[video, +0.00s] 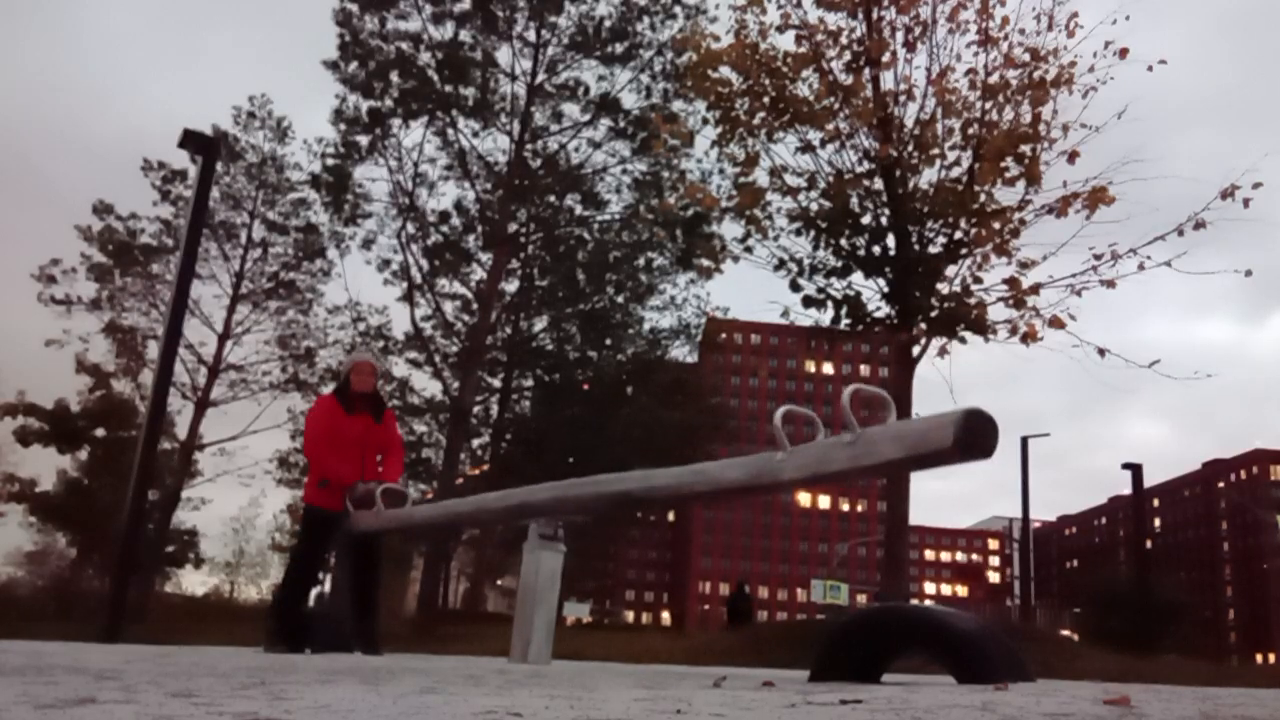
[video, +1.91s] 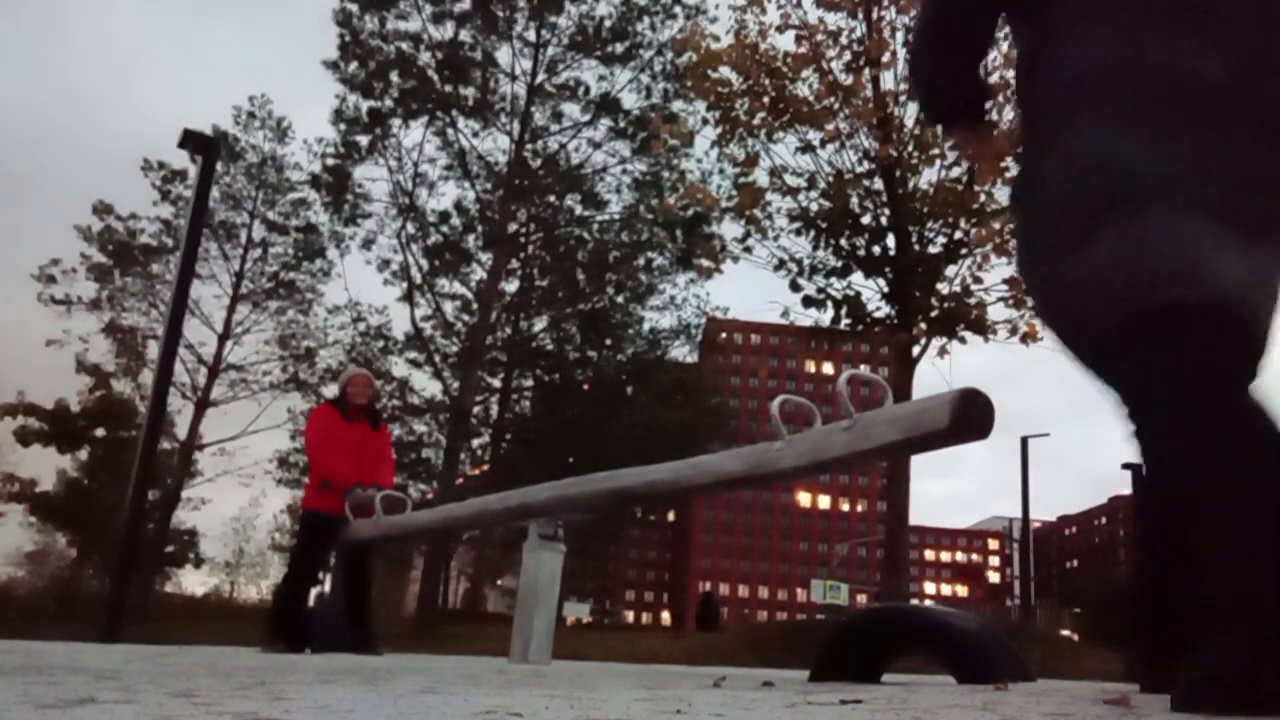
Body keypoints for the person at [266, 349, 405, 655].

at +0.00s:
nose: (365, 379)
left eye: (370, 374)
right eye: (359, 373)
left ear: (377, 380)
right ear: (347, 377)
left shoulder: (383, 415)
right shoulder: (326, 407)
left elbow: (394, 452)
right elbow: (316, 451)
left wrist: (390, 483)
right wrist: (347, 482)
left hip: (365, 510)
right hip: (324, 505)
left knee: (366, 576)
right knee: (304, 569)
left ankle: (365, 639)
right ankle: (282, 635)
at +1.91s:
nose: (361, 390)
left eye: (366, 386)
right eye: (355, 385)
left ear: (373, 392)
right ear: (344, 389)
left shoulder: (377, 426)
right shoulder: (323, 415)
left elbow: (386, 465)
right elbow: (318, 455)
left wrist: (378, 488)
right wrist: (346, 482)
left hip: (360, 513)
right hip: (322, 508)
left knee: (358, 578)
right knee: (303, 573)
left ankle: (360, 640)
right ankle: (282, 635)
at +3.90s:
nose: (373, 388)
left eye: (378, 384)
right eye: (368, 382)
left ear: (384, 389)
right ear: (354, 384)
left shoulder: (384, 422)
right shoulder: (331, 410)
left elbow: (395, 462)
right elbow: (315, 448)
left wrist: (386, 484)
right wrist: (350, 477)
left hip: (364, 512)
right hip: (325, 506)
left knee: (362, 576)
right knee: (306, 570)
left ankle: (360, 640)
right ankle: (283, 635)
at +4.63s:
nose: (383, 364)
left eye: (388, 358)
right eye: (377, 357)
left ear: (394, 363)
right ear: (364, 359)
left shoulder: (395, 394)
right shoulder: (341, 381)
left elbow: (404, 432)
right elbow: (328, 424)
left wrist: (384, 452)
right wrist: (354, 455)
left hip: (375, 477)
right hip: (335, 470)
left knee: (384, 534)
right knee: (326, 530)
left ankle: (380, 603)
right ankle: (291, 594)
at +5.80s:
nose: (369, 396)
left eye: (375, 391)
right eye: (364, 390)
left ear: (382, 395)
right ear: (353, 391)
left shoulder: (384, 428)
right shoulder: (331, 413)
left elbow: (390, 468)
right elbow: (319, 458)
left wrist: (375, 486)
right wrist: (346, 486)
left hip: (365, 511)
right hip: (327, 505)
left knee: (377, 564)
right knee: (317, 564)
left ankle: (364, 634)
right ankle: (273, 621)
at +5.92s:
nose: (365, 419)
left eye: (369, 413)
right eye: (359, 412)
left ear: (374, 416)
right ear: (346, 413)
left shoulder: (375, 450)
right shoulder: (322, 437)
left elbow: (382, 488)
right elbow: (310, 481)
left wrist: (368, 508)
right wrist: (339, 506)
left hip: (358, 527)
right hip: (320, 521)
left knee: (372, 577)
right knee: (312, 574)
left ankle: (362, 638)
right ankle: (268, 626)